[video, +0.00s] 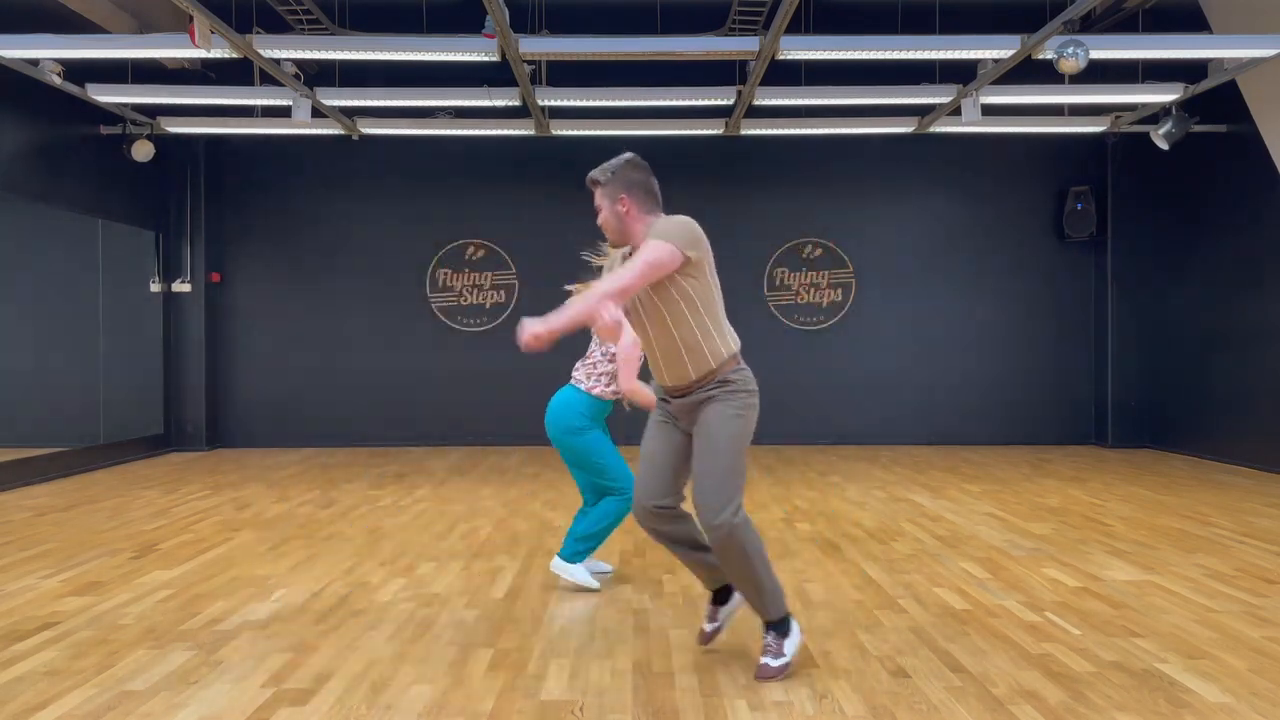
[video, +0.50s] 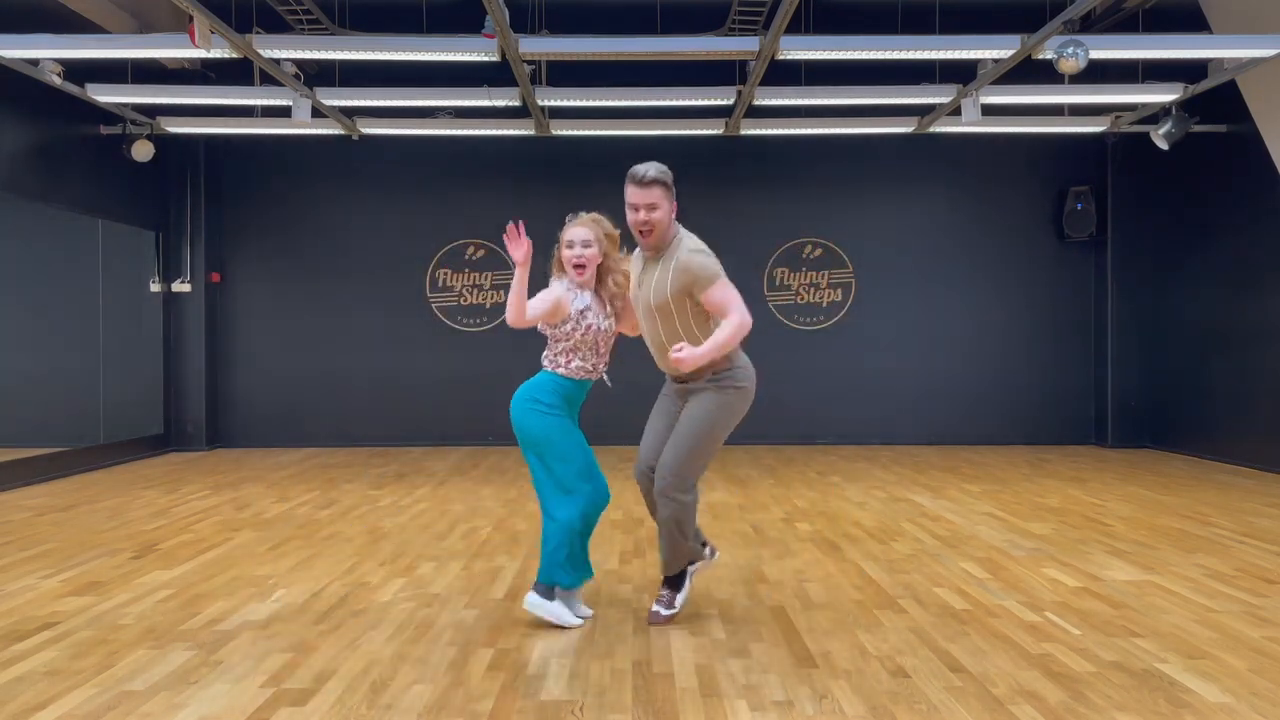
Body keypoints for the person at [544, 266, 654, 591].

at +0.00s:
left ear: (623, 288)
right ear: (638, 294)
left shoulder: (610, 318)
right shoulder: (631, 329)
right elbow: (628, 386)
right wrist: (663, 405)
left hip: (569, 408)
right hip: (578, 415)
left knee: (596, 495)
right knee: (624, 490)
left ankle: (576, 554)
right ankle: (570, 558)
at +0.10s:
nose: (634, 276)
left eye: (638, 269)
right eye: (623, 270)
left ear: (647, 276)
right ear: (608, 282)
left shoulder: (628, 319)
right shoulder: (610, 318)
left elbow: (614, 374)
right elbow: (599, 368)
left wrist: (621, 415)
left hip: (583, 408)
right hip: (571, 410)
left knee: (601, 494)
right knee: (613, 500)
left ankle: (587, 556)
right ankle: (563, 566)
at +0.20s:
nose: (621, 247)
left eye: (626, 241)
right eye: (611, 241)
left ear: (635, 251)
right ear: (597, 252)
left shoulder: (621, 295)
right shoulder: (599, 283)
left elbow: (604, 342)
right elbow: (566, 302)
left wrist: (627, 365)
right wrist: (532, 320)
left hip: (586, 396)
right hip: (571, 396)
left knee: (589, 478)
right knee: (588, 480)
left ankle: (588, 556)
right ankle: (562, 563)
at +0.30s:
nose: (606, 227)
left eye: (614, 221)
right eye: (598, 221)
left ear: (625, 230)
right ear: (586, 230)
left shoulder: (615, 275)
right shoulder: (584, 265)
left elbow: (616, 310)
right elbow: (538, 261)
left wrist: (652, 325)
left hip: (574, 374)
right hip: (564, 375)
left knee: (568, 460)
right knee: (598, 460)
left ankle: (554, 541)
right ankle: (551, 540)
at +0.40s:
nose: (592, 229)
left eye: (601, 223)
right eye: (585, 222)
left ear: (615, 233)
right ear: (574, 230)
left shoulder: (614, 277)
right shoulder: (571, 267)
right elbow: (527, 267)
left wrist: (652, 298)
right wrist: (523, 219)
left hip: (566, 382)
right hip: (550, 382)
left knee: (575, 465)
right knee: (599, 467)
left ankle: (549, 534)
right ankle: (546, 551)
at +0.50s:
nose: (579, 253)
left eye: (587, 245)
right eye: (570, 245)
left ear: (603, 253)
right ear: (561, 254)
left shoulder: (607, 300)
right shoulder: (559, 296)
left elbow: (634, 326)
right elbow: (517, 317)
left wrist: (672, 304)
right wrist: (522, 267)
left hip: (562, 406)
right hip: (541, 404)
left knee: (582, 493)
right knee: (589, 490)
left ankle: (564, 588)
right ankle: (546, 590)